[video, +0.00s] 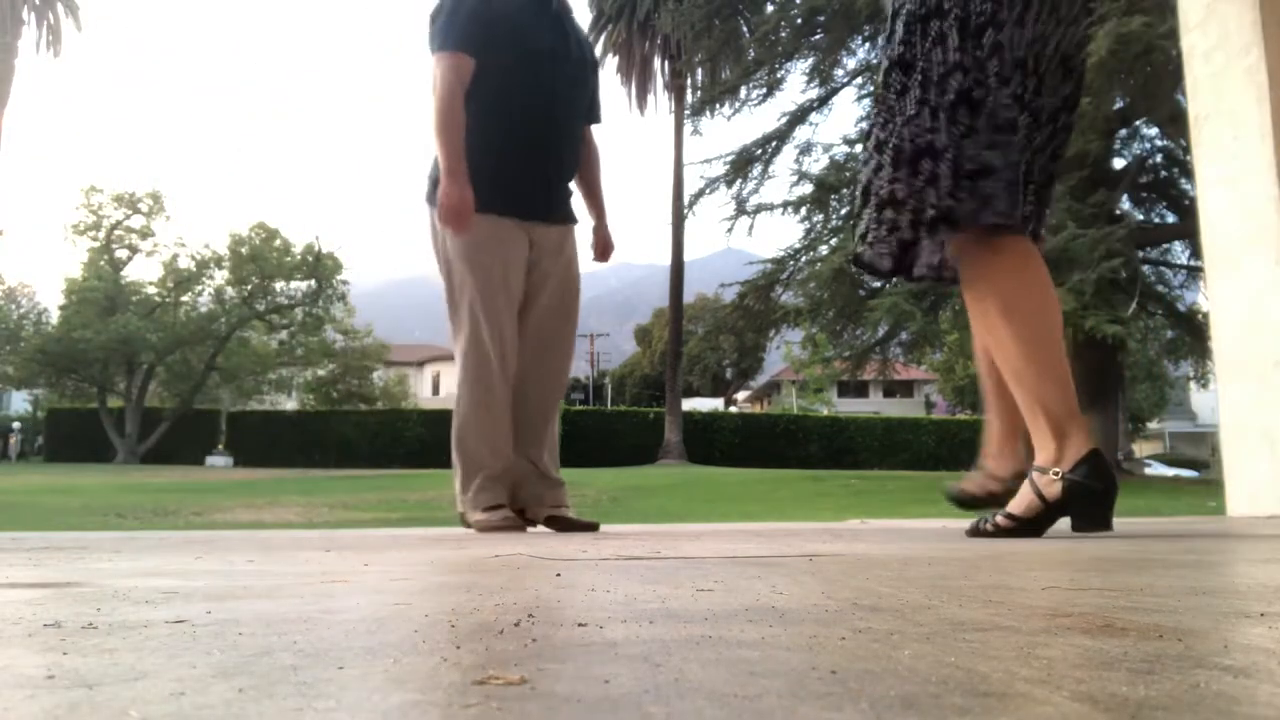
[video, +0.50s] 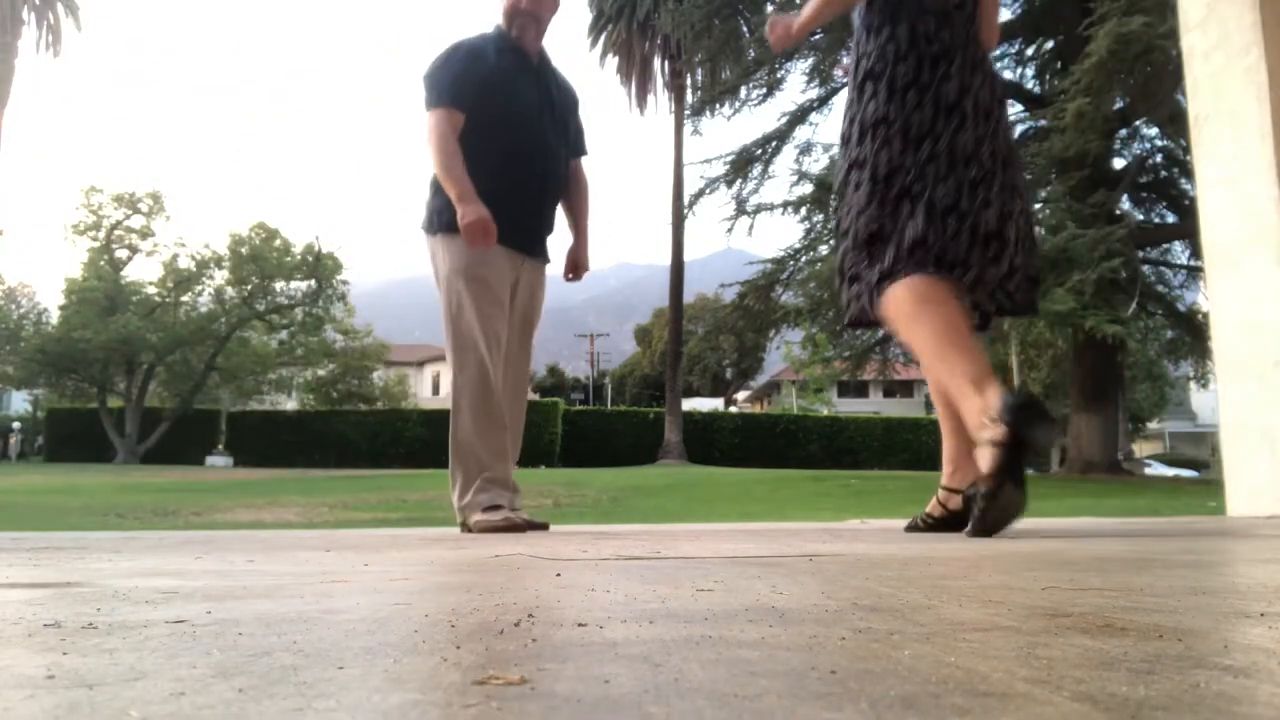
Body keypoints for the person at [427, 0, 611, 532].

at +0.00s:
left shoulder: (576, 39)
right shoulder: (472, 5)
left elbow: (580, 134)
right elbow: (449, 83)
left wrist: (598, 214)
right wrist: (454, 177)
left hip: (552, 213)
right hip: (481, 207)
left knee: (547, 358)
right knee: (487, 354)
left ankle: (539, 495)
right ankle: (484, 499)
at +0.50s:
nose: (539, 7)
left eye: (546, 1)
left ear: (552, 11)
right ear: (512, 3)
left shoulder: (560, 91)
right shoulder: (468, 57)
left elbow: (573, 170)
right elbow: (441, 133)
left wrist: (580, 237)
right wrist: (466, 201)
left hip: (528, 248)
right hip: (472, 236)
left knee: (513, 368)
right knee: (479, 363)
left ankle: (498, 497)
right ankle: (479, 499)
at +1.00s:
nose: (493, 24)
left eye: (505, 16)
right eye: (486, 13)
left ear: (521, 27)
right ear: (472, 18)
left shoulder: (531, 114)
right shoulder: (439, 70)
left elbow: (542, 191)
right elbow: (405, 131)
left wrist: (550, 261)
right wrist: (428, 106)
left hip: (507, 256)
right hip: (441, 243)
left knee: (493, 380)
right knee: (425, 370)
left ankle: (486, 504)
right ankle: (405, 498)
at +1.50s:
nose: (418, 1)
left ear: (434, 6)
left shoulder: (449, 93)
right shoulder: (348, 47)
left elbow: (471, 175)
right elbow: (305, 136)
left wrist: (518, 225)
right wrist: (294, 220)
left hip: (428, 252)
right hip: (352, 236)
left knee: (454, 378)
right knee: (331, 372)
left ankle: (480, 505)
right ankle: (303, 504)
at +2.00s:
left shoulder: (438, 49)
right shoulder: (325, 10)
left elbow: (471, 139)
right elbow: (274, 86)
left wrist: (531, 173)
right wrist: (263, 158)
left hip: (407, 224)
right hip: (326, 209)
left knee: (389, 368)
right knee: (309, 357)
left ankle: (366, 507)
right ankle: (297, 503)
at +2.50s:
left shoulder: (377, 29)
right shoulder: (266, 1)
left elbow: (384, 123)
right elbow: (214, 43)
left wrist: (465, 160)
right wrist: (247, 135)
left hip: (360, 206)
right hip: (282, 188)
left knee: (375, 353)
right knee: (257, 346)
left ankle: (366, 500)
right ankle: (221, 505)